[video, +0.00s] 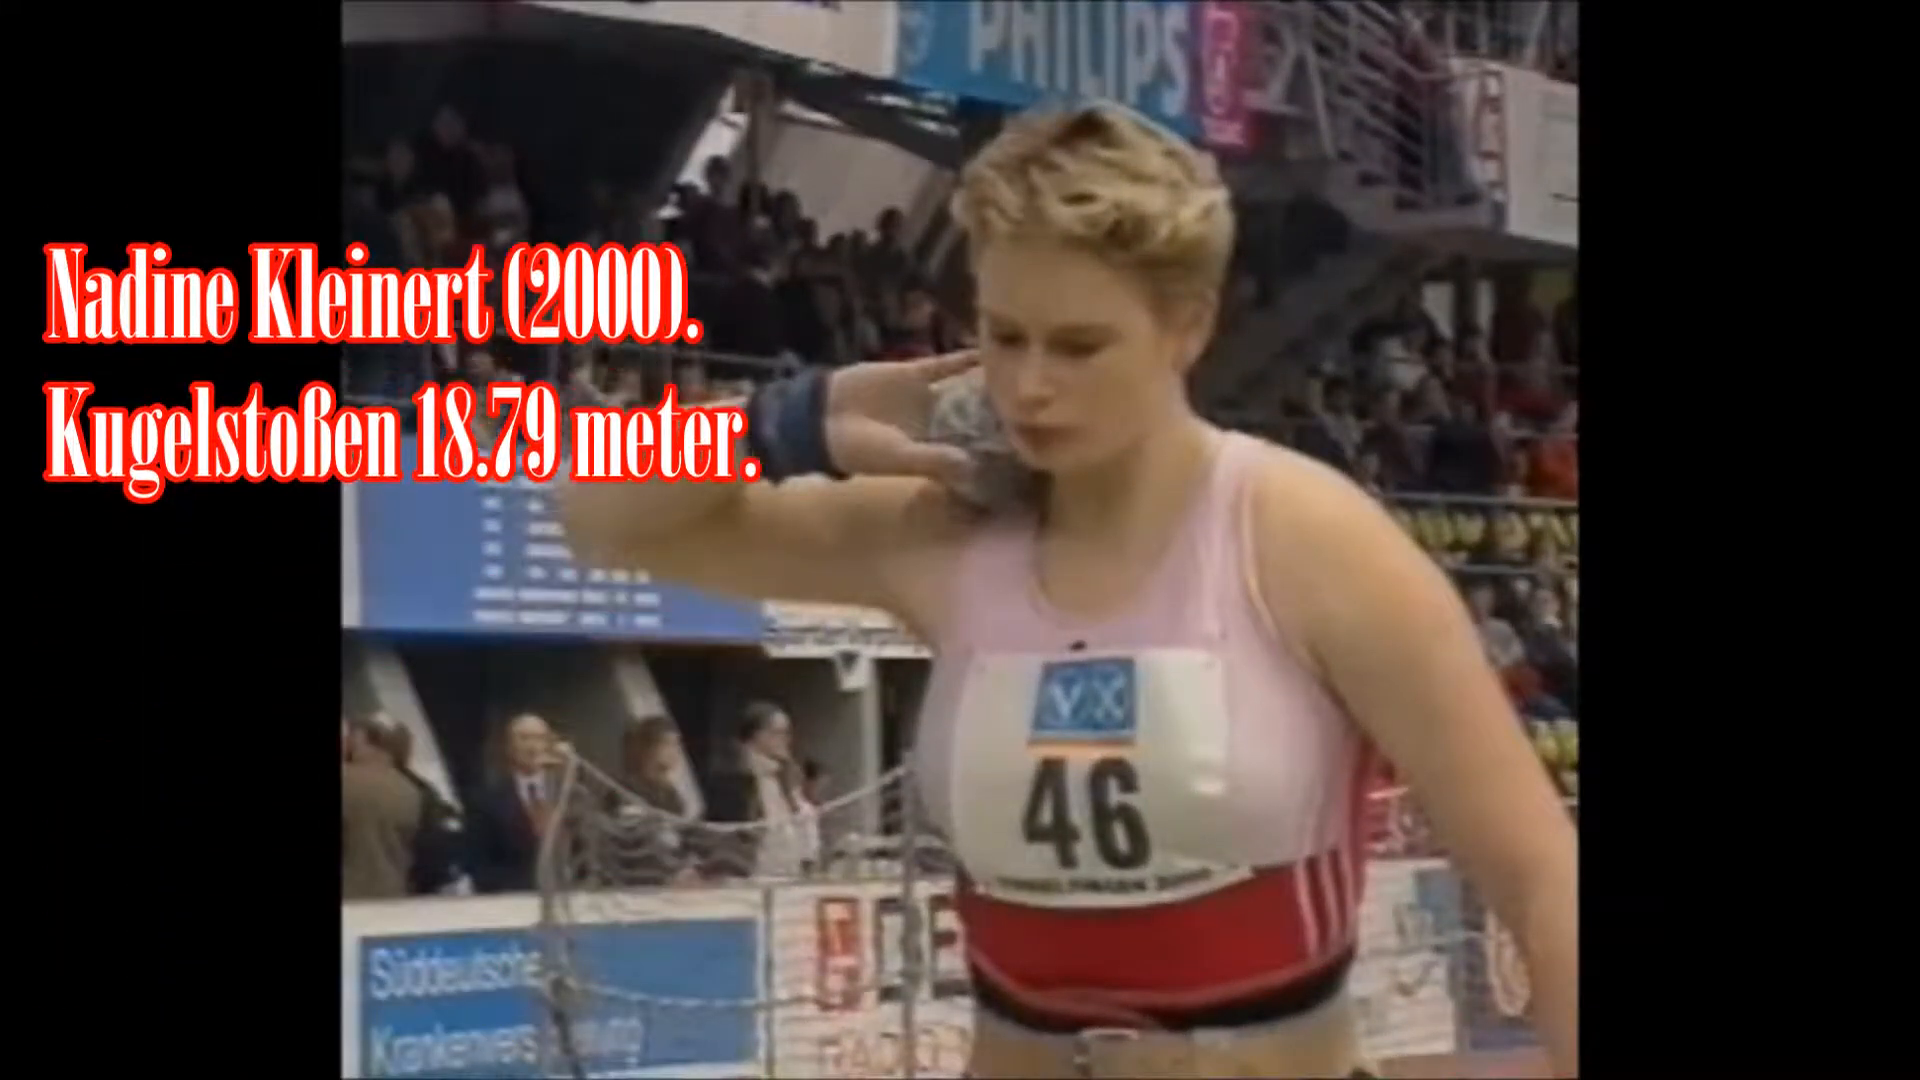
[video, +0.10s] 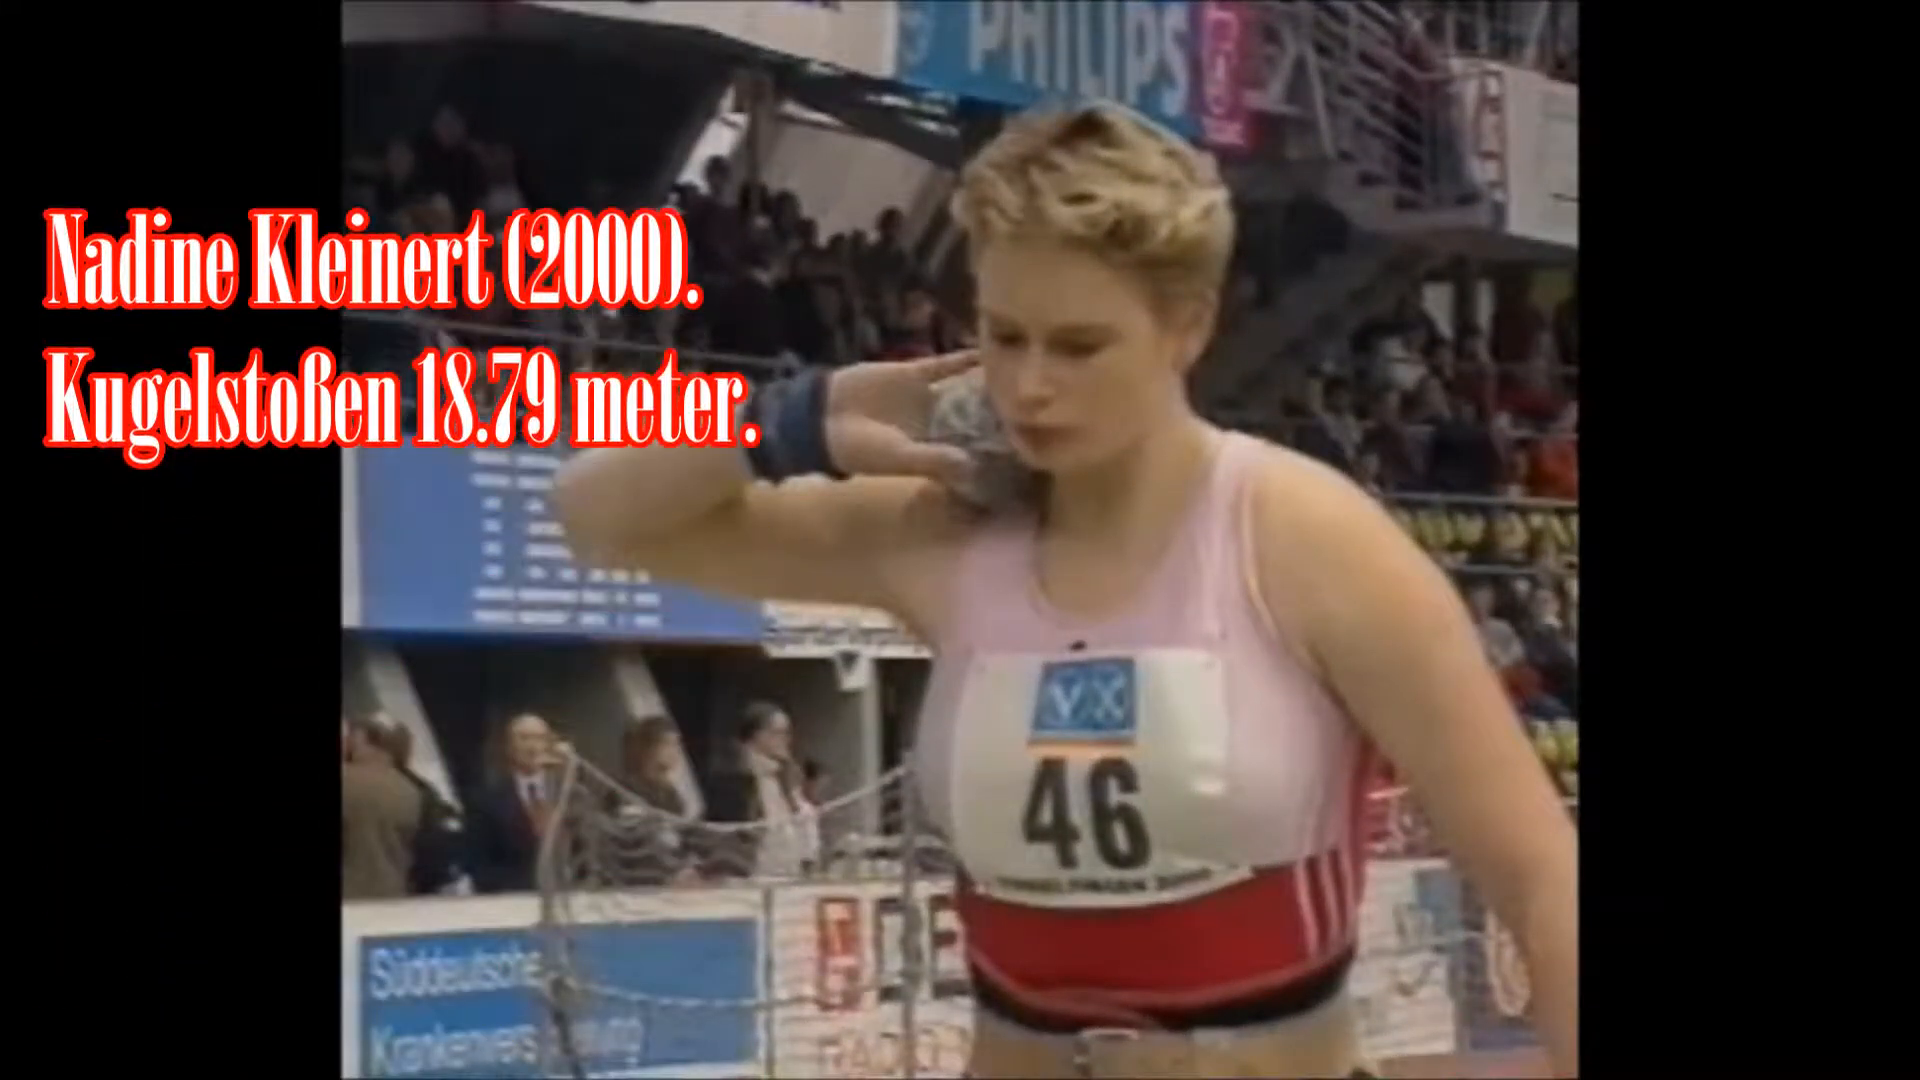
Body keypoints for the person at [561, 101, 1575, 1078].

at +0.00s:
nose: (1027, 387)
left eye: (1079, 344)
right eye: (1004, 338)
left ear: (1187, 327)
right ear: (973, 323)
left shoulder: (1301, 532)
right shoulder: (928, 534)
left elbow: (1538, 874)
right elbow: (608, 519)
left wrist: (1564, 1061)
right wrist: (812, 420)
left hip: (1272, 1055)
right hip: (1017, 1053)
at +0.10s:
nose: (1028, 387)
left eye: (1079, 344)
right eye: (1004, 338)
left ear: (1186, 328)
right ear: (974, 324)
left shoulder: (1303, 533)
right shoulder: (927, 534)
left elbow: (1538, 874)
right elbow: (599, 514)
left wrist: (1564, 1061)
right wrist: (810, 417)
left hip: (1270, 1053)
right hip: (1017, 1051)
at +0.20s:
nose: (1029, 386)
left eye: (1079, 345)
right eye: (1004, 338)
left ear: (1185, 329)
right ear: (974, 324)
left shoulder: (1303, 533)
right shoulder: (928, 534)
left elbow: (1538, 874)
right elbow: (599, 514)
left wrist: (1564, 1061)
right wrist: (808, 419)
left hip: (1269, 1054)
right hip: (1017, 1051)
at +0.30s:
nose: (1028, 387)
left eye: (1079, 345)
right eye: (1004, 338)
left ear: (1186, 328)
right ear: (974, 323)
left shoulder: (1302, 533)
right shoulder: (929, 534)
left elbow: (1538, 874)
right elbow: (600, 512)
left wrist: (1564, 1061)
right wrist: (808, 419)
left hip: (1269, 1054)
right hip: (1017, 1051)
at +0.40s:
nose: (1028, 387)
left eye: (1079, 345)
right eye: (1004, 338)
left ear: (1186, 328)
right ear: (974, 324)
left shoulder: (1302, 533)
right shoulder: (929, 534)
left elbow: (1539, 874)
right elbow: (601, 512)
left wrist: (1564, 1061)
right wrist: (810, 420)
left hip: (1268, 1054)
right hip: (1017, 1051)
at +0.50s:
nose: (1028, 387)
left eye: (1079, 345)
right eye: (1004, 338)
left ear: (1186, 328)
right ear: (974, 324)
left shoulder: (1302, 533)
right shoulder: (929, 534)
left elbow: (1538, 874)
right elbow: (601, 512)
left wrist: (1565, 1061)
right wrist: (810, 420)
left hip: (1269, 1054)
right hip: (1017, 1051)